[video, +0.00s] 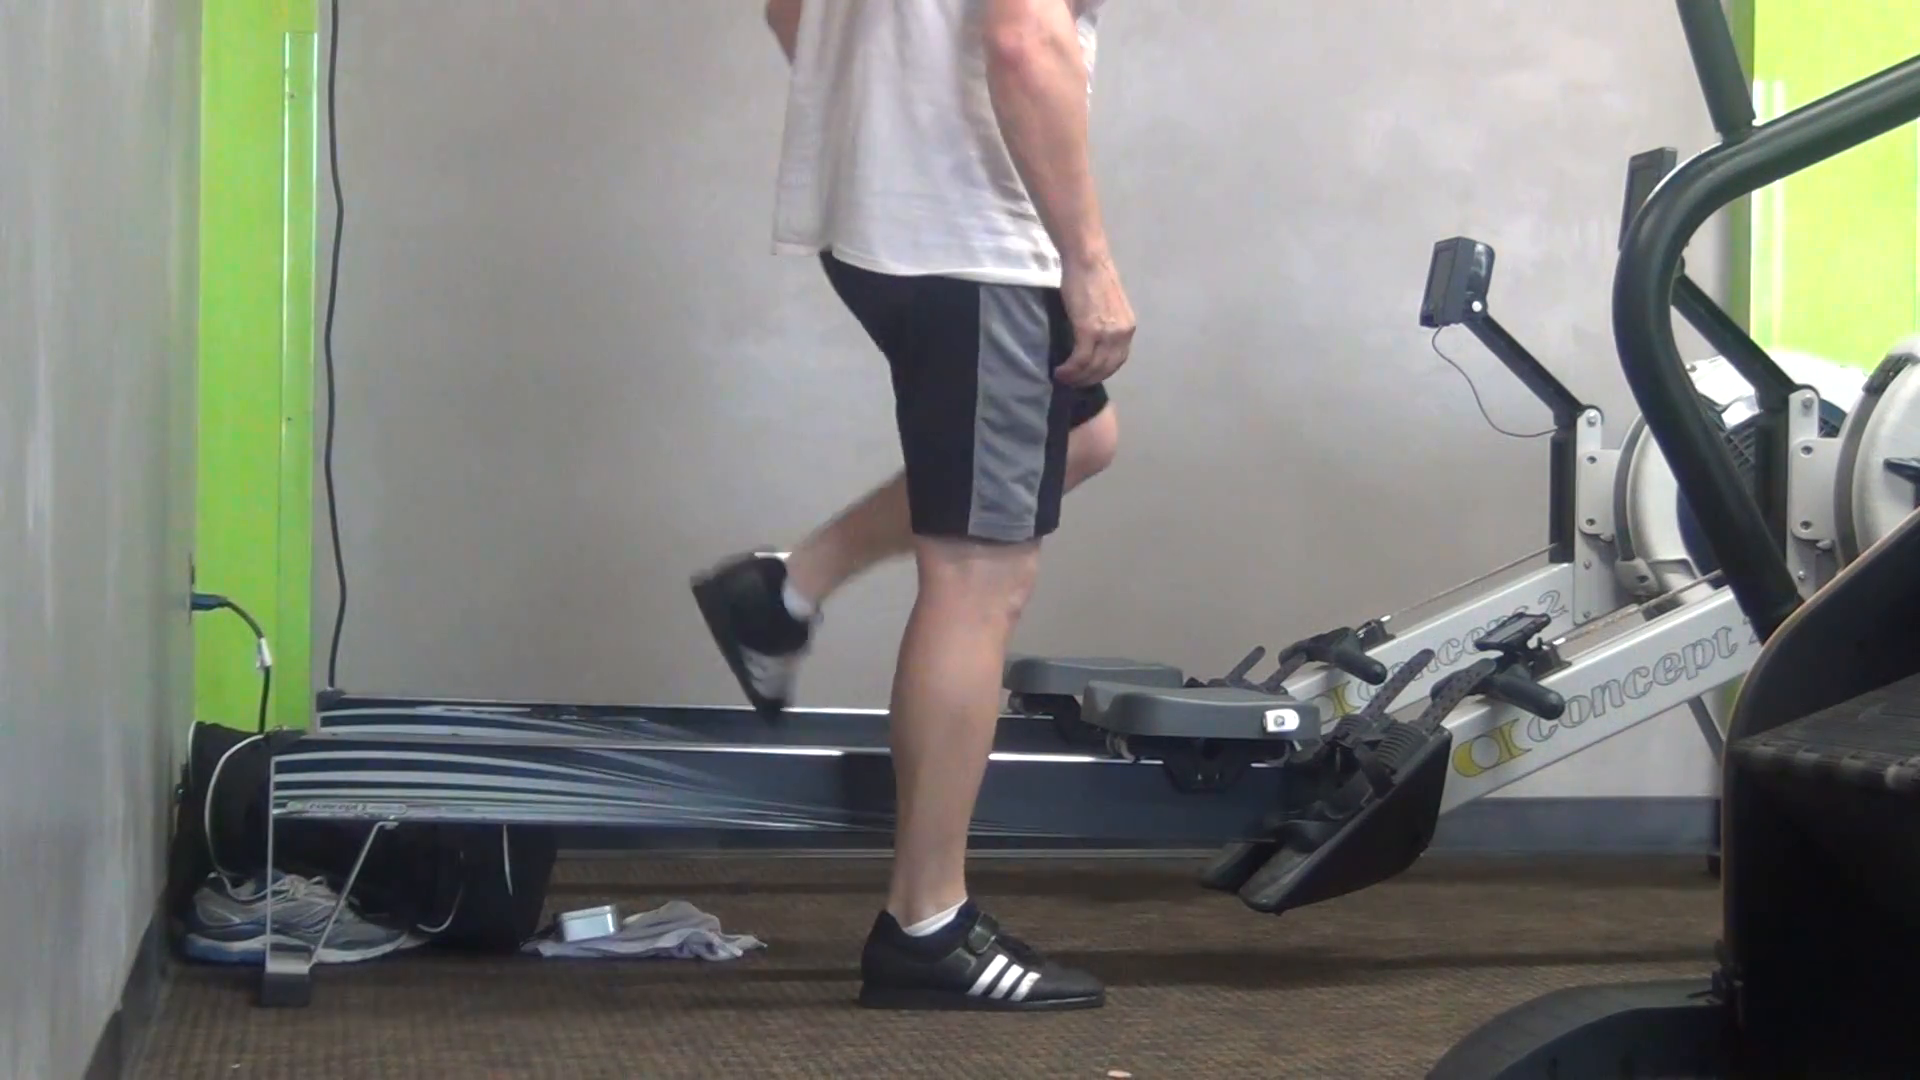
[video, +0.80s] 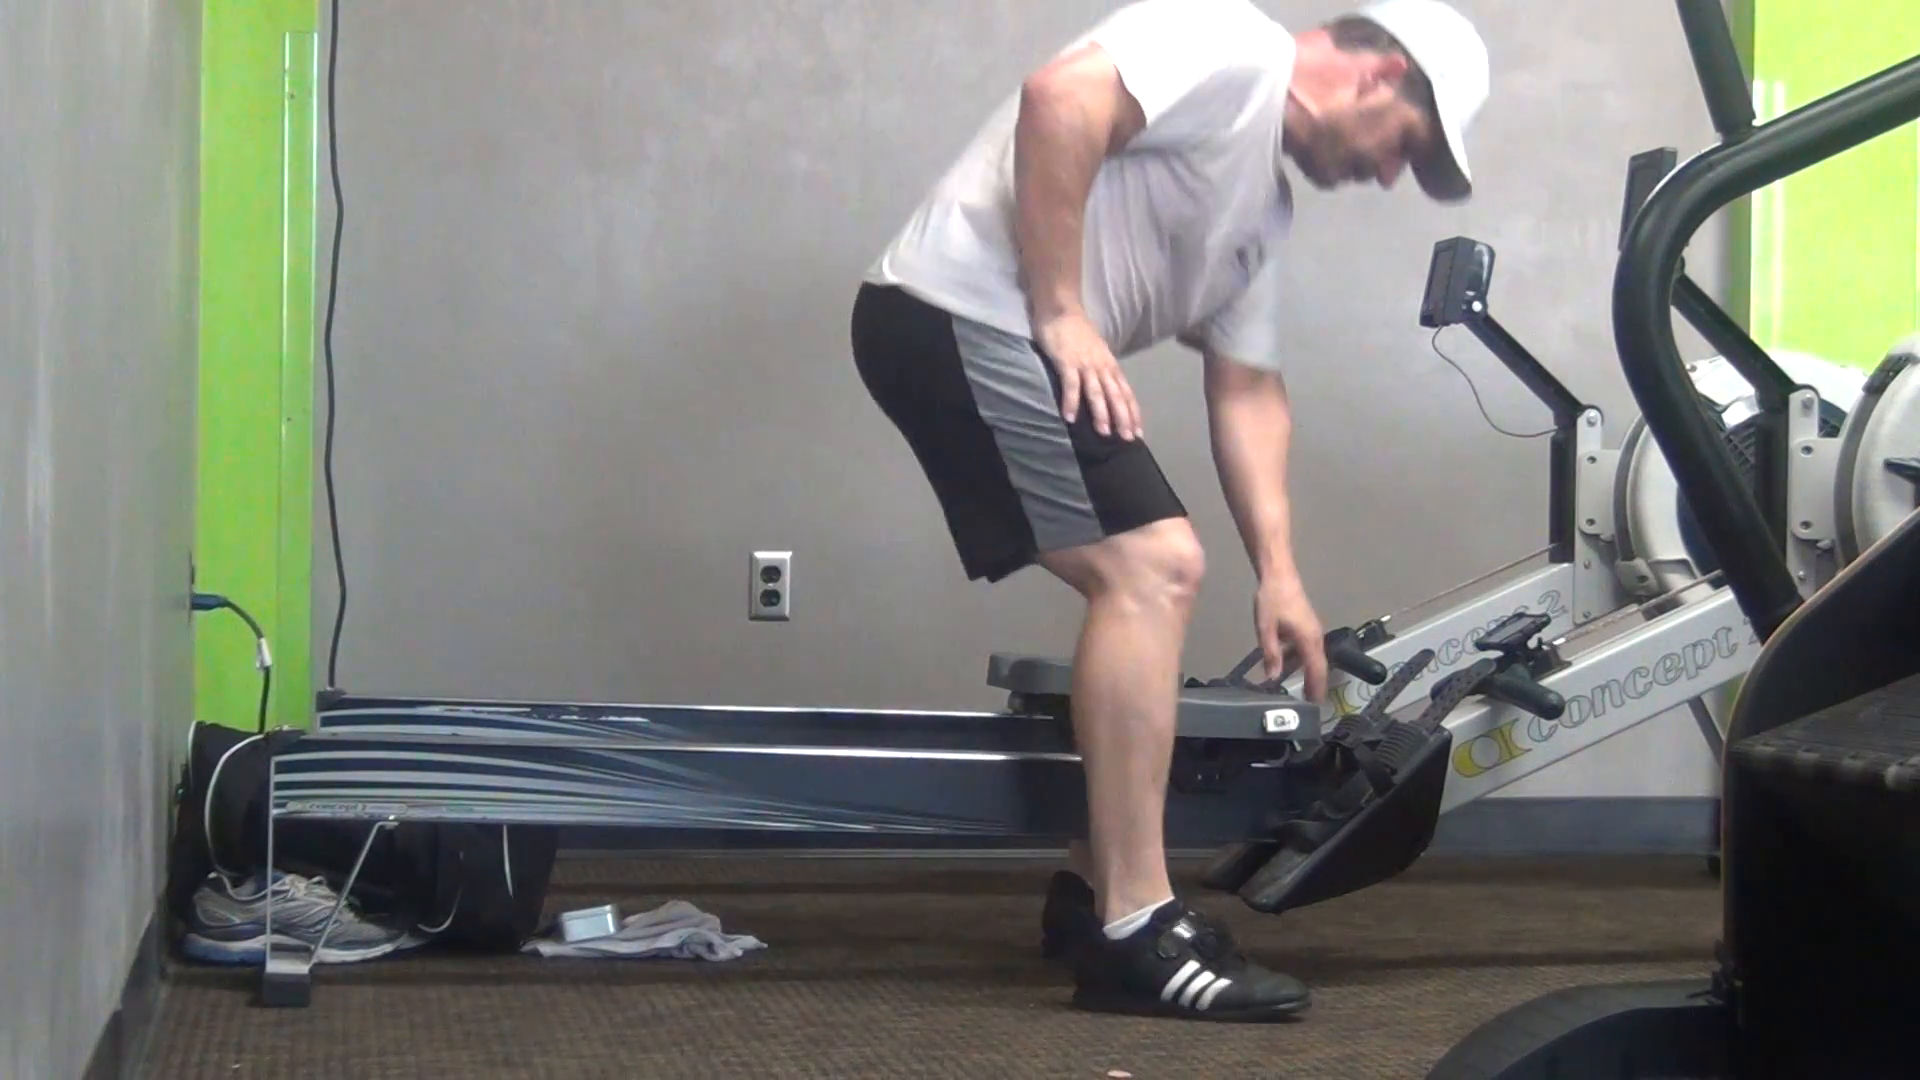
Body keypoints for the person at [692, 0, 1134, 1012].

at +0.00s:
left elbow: (788, 7)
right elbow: (1024, 43)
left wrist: (887, 108)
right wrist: (1091, 259)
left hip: (871, 206)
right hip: (963, 225)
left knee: (1079, 434)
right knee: (978, 581)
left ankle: (782, 590)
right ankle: (925, 926)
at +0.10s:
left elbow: (844, 24)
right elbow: (1017, 40)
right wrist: (1078, 259)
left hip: (900, 192)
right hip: (972, 214)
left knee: (1089, 457)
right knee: (1001, 563)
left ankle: (865, 705)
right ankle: (928, 923)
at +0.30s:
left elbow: (1026, 62)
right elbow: (1017, 45)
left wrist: (1094, 263)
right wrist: (1075, 264)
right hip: (991, 249)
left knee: (1037, 580)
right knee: (1035, 581)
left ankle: (1086, 861)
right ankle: (925, 928)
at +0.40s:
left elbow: (1058, 111)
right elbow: (1021, 52)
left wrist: (1133, 284)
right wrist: (1084, 266)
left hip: (1001, 260)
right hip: (1007, 260)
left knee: (1056, 587)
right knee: (1082, 583)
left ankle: (1095, 879)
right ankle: (933, 918)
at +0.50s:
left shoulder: (1171, 21)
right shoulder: (1139, 1)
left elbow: (1150, 192)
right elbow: (1024, 46)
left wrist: (1185, 359)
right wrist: (1080, 259)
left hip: (1018, 269)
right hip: (990, 263)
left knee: (1092, 574)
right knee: (1134, 555)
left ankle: (1086, 866)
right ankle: (985, 885)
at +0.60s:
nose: (1348, 26)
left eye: (1363, 19)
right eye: (1354, 4)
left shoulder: (1222, 79)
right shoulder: (1182, 2)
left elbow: (1206, 256)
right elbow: (1036, 44)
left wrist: (1236, 434)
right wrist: (1065, 261)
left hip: (1008, 276)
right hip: (966, 260)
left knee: (1108, 557)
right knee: (1120, 545)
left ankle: (1094, 888)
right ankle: (1086, 902)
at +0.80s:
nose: (1393, 175)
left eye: (1414, 163)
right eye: (1409, 143)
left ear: (1373, 85)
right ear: (1376, 73)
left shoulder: (1259, 211)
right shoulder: (1240, 49)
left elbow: (1248, 389)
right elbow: (1066, 96)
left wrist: (1279, 572)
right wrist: (1064, 310)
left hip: (1014, 330)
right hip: (963, 305)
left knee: (1148, 577)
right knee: (1152, 568)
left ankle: (1099, 887)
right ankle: (1135, 927)